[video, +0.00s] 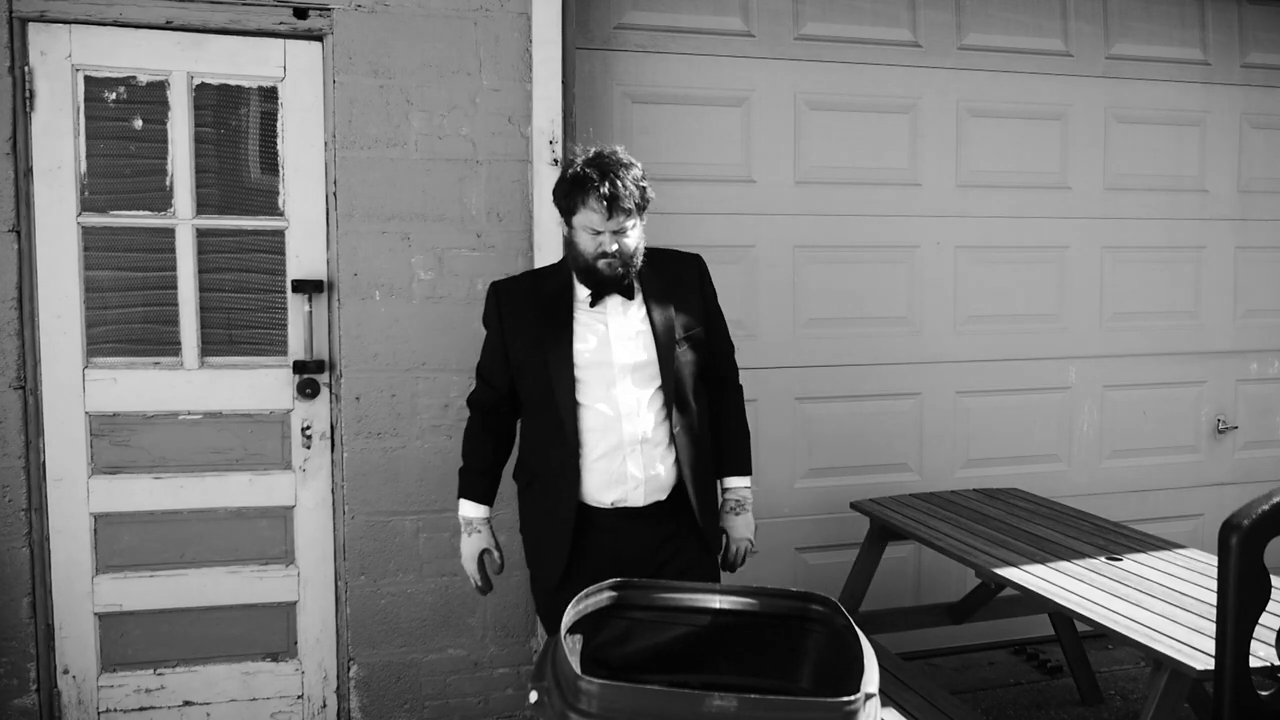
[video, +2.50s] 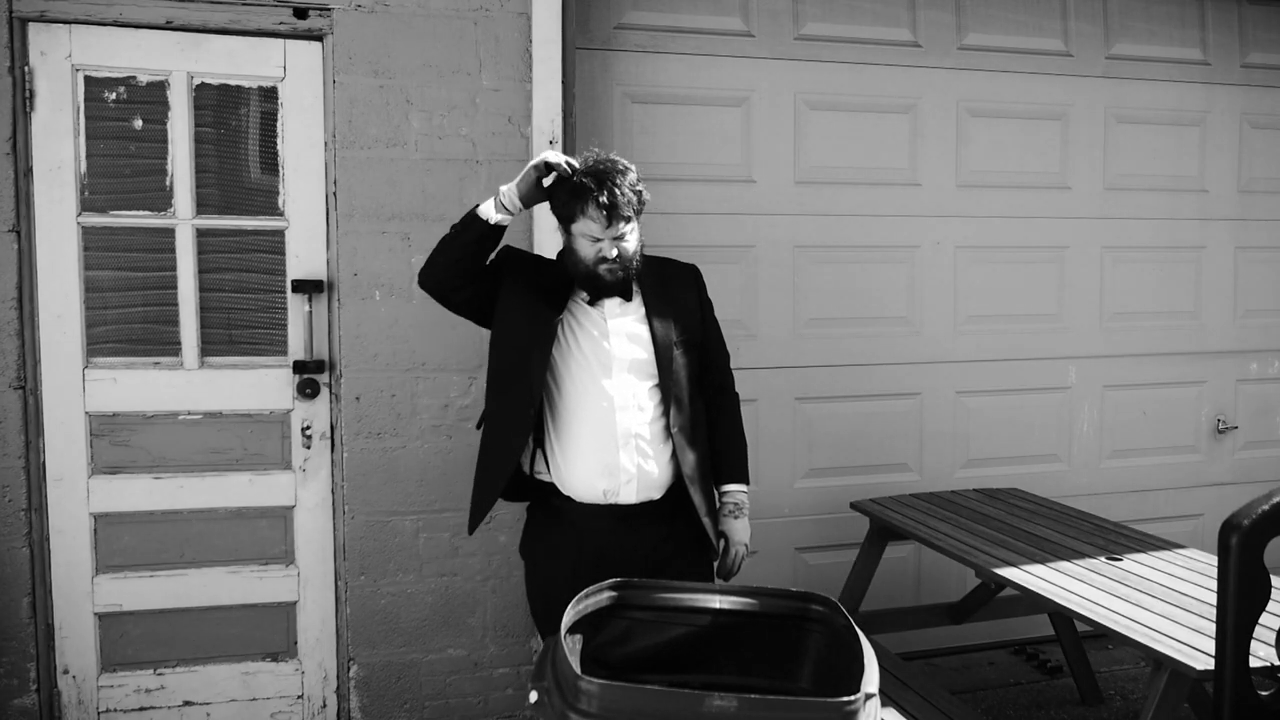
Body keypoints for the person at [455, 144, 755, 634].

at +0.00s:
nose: (610, 246)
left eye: (624, 230)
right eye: (593, 232)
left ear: (643, 222)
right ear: (567, 227)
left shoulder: (684, 279)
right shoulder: (517, 302)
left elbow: (722, 387)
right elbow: (492, 410)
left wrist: (738, 498)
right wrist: (474, 518)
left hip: (677, 528)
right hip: (573, 535)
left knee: (682, 692)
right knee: (586, 700)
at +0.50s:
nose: (613, 243)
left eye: (625, 228)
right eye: (597, 229)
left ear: (642, 223)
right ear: (568, 223)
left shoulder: (683, 287)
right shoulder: (518, 306)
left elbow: (721, 394)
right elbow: (485, 404)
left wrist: (738, 500)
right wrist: (470, 483)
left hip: (675, 529)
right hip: (570, 536)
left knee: (680, 696)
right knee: (585, 703)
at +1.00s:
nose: (602, 252)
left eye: (615, 236)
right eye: (585, 239)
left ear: (634, 224)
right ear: (558, 235)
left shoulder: (678, 285)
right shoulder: (530, 287)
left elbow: (718, 391)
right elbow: (455, 264)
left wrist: (735, 499)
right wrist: (533, 191)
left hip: (672, 523)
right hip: (568, 526)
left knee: (677, 688)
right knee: (578, 687)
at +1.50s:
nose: (605, 250)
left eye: (616, 232)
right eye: (587, 238)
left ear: (634, 221)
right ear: (558, 235)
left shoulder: (679, 286)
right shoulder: (529, 287)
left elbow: (719, 392)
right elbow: (455, 258)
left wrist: (737, 499)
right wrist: (530, 188)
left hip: (670, 527)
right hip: (566, 529)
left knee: (675, 691)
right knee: (577, 689)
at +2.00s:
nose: (603, 251)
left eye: (616, 235)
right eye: (586, 238)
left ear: (635, 224)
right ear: (558, 232)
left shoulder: (679, 286)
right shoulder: (530, 286)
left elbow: (719, 394)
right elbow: (456, 258)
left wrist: (735, 502)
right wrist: (535, 189)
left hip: (669, 527)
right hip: (565, 530)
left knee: (675, 693)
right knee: (577, 691)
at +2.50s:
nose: (611, 252)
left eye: (622, 235)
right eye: (594, 239)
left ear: (639, 223)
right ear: (565, 235)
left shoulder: (680, 287)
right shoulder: (526, 287)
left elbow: (719, 395)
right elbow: (441, 278)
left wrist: (734, 502)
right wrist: (510, 202)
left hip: (671, 528)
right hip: (566, 532)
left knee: (676, 696)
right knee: (576, 694)